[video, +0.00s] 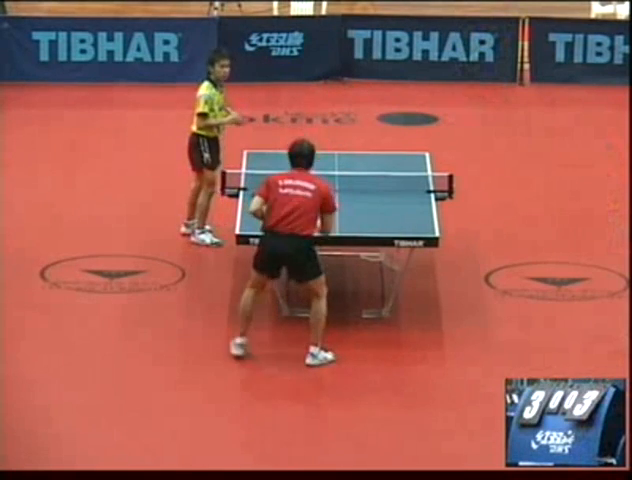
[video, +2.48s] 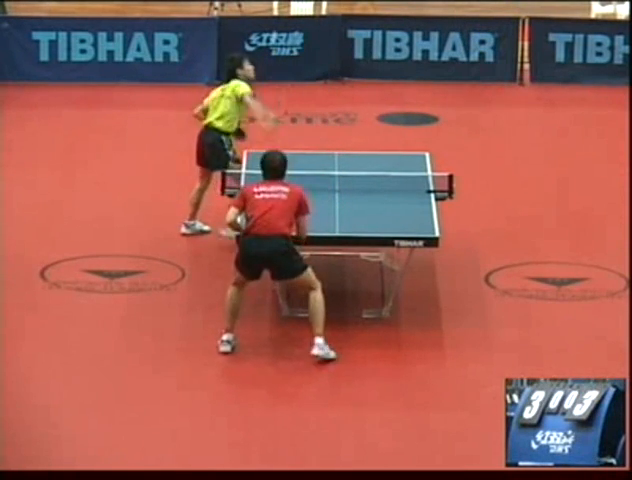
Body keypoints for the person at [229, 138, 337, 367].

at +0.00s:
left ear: (290, 159)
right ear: (312, 161)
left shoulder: (273, 181)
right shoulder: (321, 187)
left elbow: (255, 208)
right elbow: (327, 227)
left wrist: (271, 218)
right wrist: (307, 224)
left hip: (271, 240)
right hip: (301, 244)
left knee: (254, 286)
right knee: (318, 294)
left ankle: (240, 339)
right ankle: (315, 349)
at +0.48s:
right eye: (293, 187)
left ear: (272, 189)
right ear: (294, 190)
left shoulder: (256, 204)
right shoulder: (303, 212)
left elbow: (231, 226)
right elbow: (302, 250)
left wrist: (241, 244)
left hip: (249, 251)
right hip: (277, 255)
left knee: (242, 287)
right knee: (313, 293)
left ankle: (233, 337)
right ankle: (314, 349)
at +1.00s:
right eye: (294, 189)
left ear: (275, 190)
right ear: (297, 192)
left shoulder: (260, 205)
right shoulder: (307, 211)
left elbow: (239, 224)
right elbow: (305, 250)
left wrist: (244, 244)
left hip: (256, 250)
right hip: (285, 253)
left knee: (241, 287)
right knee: (314, 294)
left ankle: (228, 336)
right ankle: (315, 349)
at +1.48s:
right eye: (286, 194)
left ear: (266, 195)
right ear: (288, 197)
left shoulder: (250, 209)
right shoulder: (296, 216)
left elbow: (228, 232)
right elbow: (294, 253)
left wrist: (239, 249)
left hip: (244, 252)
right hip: (272, 255)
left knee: (235, 287)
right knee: (309, 294)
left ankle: (227, 335)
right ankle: (314, 349)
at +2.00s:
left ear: (266, 192)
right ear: (289, 194)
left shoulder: (251, 207)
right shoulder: (297, 213)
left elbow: (229, 232)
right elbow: (296, 252)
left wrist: (244, 243)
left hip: (244, 252)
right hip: (272, 254)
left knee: (236, 286)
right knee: (310, 294)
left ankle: (227, 335)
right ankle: (314, 349)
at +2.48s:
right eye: (282, 167)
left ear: (262, 170)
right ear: (285, 171)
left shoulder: (248, 190)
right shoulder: (295, 192)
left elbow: (230, 219)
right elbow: (302, 235)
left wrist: (244, 231)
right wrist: (285, 234)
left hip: (250, 242)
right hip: (280, 244)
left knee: (238, 284)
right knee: (314, 288)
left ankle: (228, 336)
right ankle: (319, 342)